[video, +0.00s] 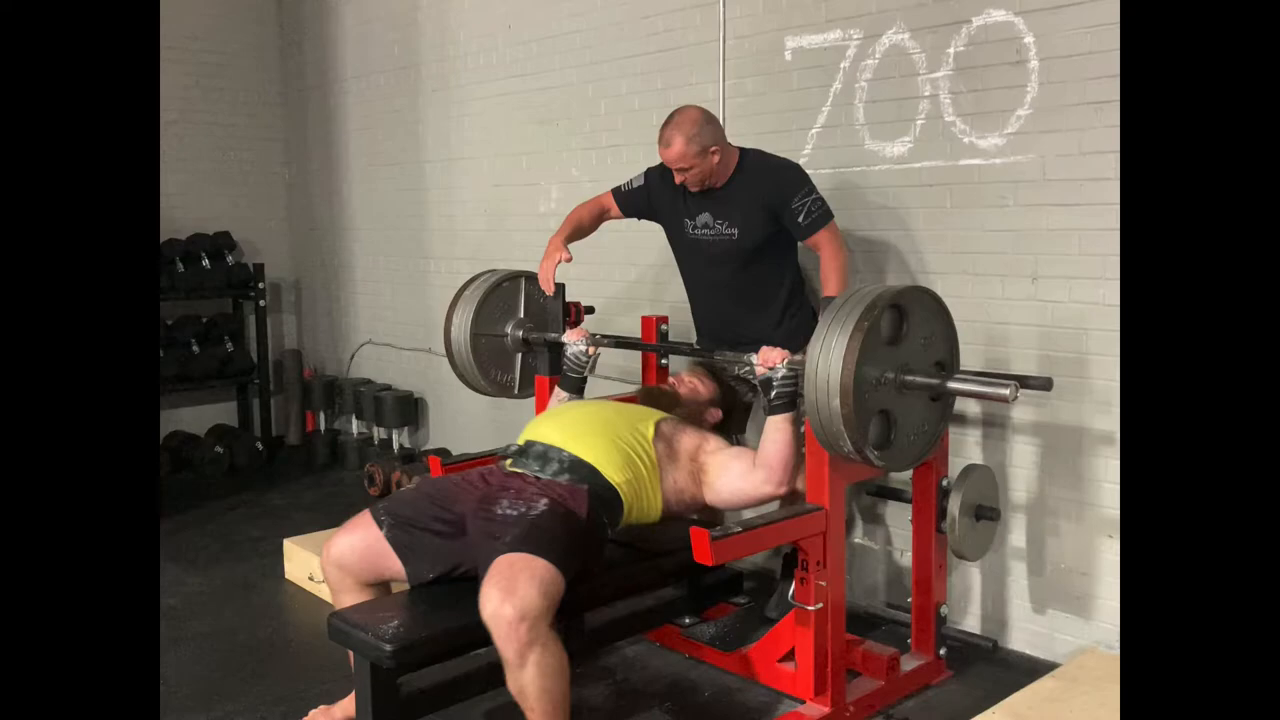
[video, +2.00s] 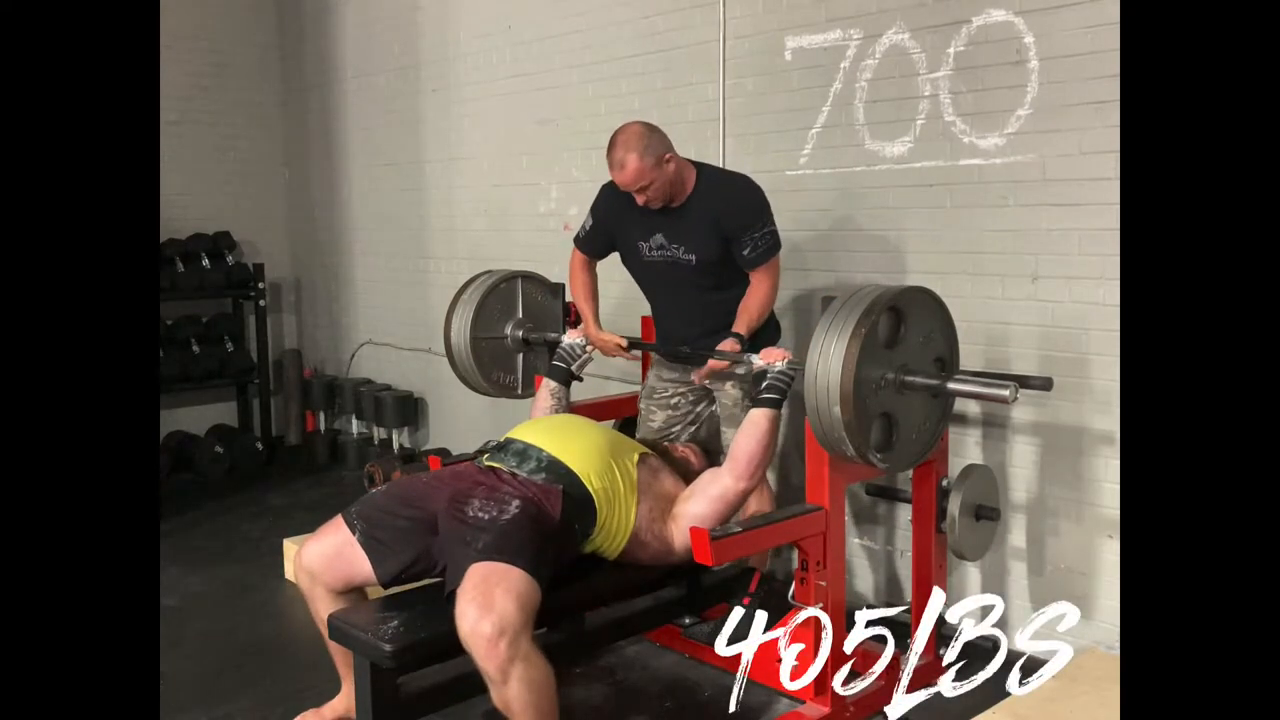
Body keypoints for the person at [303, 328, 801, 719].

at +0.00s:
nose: (677, 373)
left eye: (693, 377)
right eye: (678, 369)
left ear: (715, 409)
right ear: (662, 380)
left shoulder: (699, 448)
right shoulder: (611, 409)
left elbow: (774, 479)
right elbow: (547, 440)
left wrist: (782, 390)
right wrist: (573, 374)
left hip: (560, 498)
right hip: (490, 477)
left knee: (510, 607)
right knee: (342, 555)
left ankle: (550, 716)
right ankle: (370, 689)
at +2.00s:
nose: (684, 445)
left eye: (695, 450)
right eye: (681, 441)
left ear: (702, 475)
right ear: (659, 445)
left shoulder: (677, 513)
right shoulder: (598, 447)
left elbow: (741, 474)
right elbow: (535, 434)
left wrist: (768, 394)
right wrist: (558, 370)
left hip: (525, 499)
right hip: (455, 477)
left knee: (490, 628)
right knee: (315, 561)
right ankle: (354, 693)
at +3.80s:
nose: (688, 447)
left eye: (697, 453)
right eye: (686, 444)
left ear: (702, 479)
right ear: (666, 447)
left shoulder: (684, 510)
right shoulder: (597, 442)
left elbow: (745, 474)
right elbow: (534, 430)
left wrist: (770, 390)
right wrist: (558, 368)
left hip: (529, 487)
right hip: (462, 466)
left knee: (493, 620)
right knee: (325, 559)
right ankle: (345, 698)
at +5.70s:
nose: (673, 429)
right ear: (656, 430)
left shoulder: (661, 518)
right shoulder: (579, 444)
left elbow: (699, 473)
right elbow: (515, 447)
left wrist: (719, 389)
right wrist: (505, 378)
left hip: (524, 502)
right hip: (453, 481)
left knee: (487, 629)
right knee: (308, 561)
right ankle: (343, 697)